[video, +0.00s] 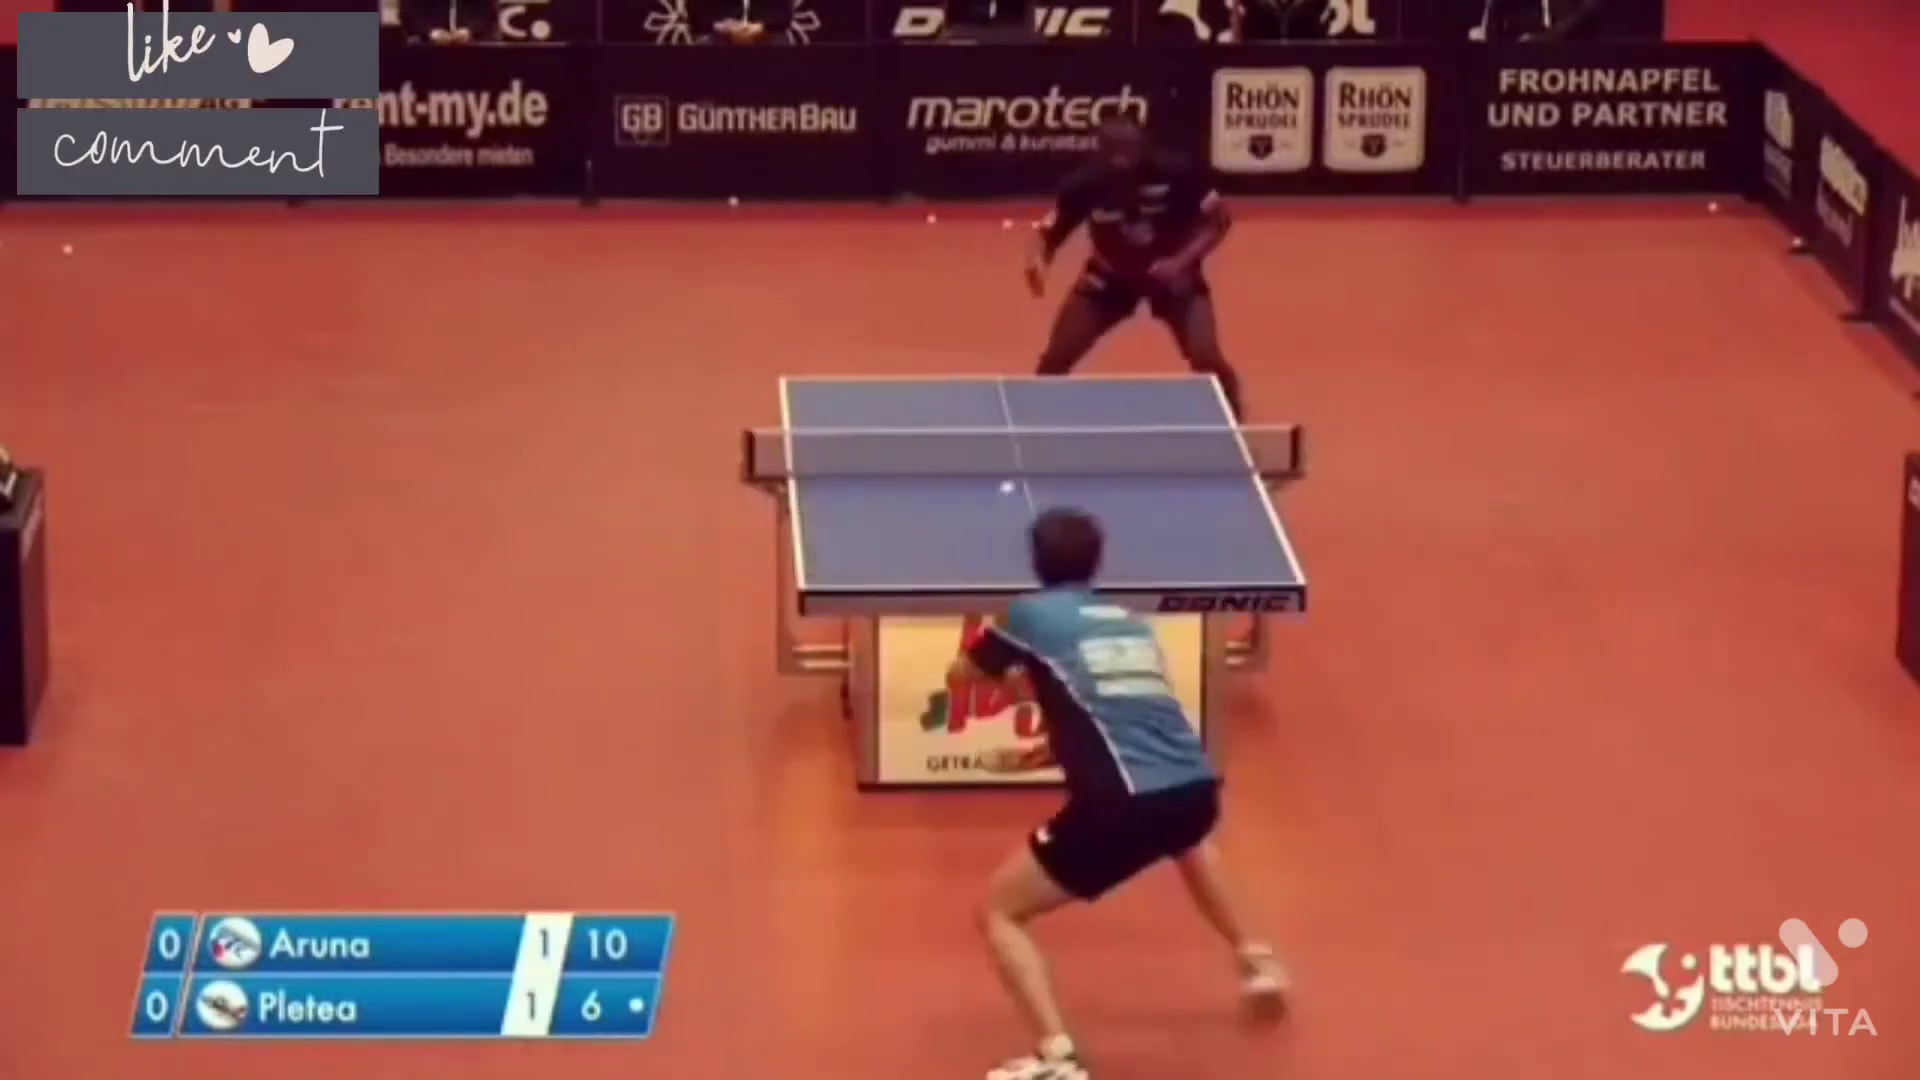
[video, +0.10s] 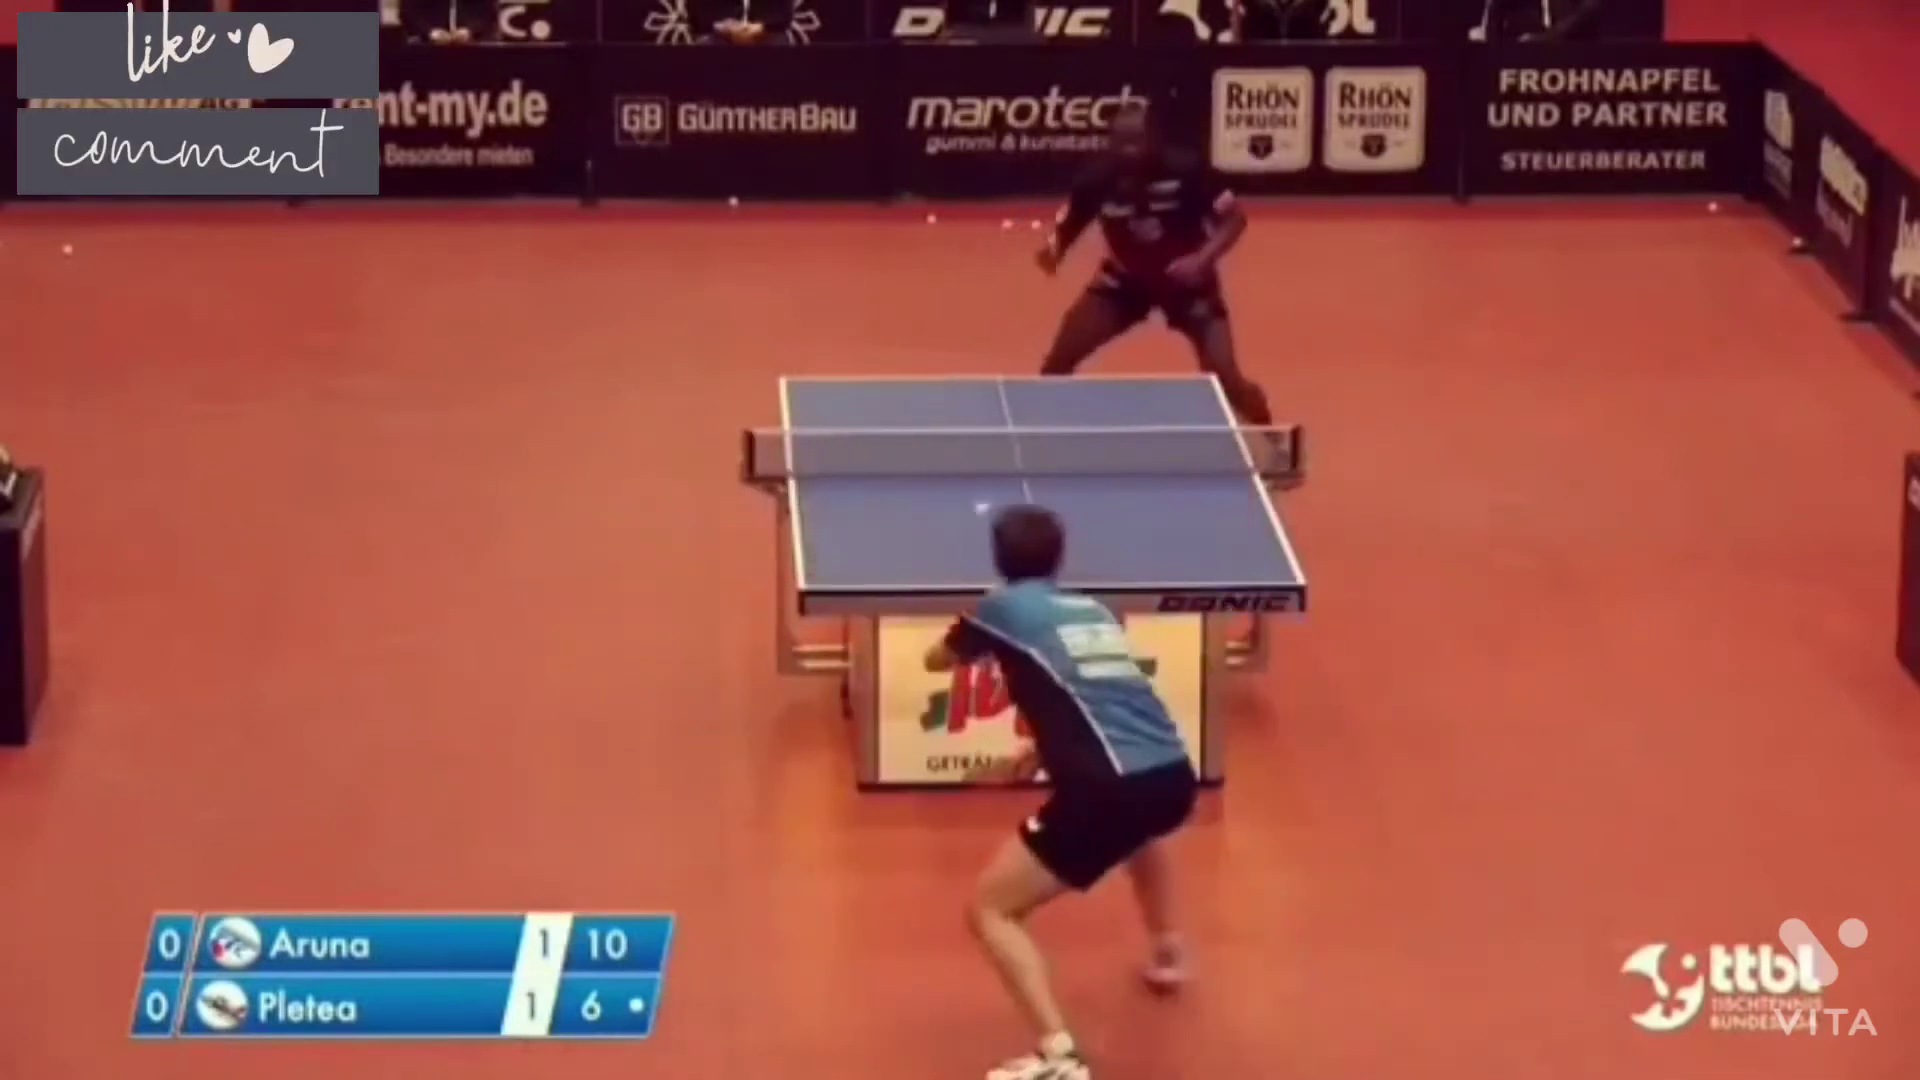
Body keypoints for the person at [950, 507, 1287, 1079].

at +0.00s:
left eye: (1038, 553)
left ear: (1037, 562)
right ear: (1096, 562)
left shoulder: (1030, 615)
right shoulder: (1128, 621)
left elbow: (963, 674)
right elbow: (1121, 718)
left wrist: (1000, 654)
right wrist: (1036, 752)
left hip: (1121, 808)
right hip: (1196, 797)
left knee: (998, 910)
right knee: (1189, 844)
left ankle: (1056, 1050)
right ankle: (1252, 955)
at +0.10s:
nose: (994, 563)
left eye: (997, 554)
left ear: (999, 560)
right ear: (1057, 558)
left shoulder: (1001, 610)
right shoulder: (1091, 607)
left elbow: (938, 659)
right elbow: (1086, 697)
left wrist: (978, 629)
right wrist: (1030, 756)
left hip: (1105, 795)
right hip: (1175, 780)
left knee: (990, 909)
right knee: (1137, 835)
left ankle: (1056, 1048)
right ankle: (1167, 948)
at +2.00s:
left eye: (926, 516)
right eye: (959, 518)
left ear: (908, 525)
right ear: (966, 531)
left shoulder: (865, 582)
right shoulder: (982, 610)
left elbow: (786, 619)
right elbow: (1019, 685)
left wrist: (834, 613)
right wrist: (975, 662)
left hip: (842, 771)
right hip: (929, 780)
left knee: (764, 833)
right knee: (1034, 851)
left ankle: (707, 961)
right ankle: (1085, 992)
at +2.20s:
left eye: (844, 495)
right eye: (879, 499)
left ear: (832, 509)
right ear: (888, 514)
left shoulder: (803, 566)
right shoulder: (920, 588)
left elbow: (746, 599)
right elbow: (915, 655)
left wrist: (788, 562)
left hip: (814, 762)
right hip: (900, 766)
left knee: (731, 826)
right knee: (999, 860)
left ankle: (692, 969)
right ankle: (1083, 985)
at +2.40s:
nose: (684, 437)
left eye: (686, 429)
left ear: (695, 437)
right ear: (752, 430)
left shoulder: (700, 492)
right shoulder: (781, 486)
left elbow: (639, 510)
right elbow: (789, 494)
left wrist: (661, 497)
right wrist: (805, 480)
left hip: (765, 688)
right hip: (842, 678)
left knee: (705, 818)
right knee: (901, 823)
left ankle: (688, 967)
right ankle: (964, 969)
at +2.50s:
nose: (649, 422)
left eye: (647, 412)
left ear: (650, 419)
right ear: (708, 405)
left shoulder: (663, 487)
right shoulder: (761, 454)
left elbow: (577, 543)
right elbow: (813, 449)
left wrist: (601, 508)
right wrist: (839, 407)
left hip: (731, 674)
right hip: (811, 661)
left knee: (668, 817)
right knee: (861, 815)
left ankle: (634, 970)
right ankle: (917, 954)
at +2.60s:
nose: (627, 439)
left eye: (627, 430)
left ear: (629, 442)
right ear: (686, 429)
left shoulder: (637, 512)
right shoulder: (734, 482)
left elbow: (582, 584)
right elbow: (814, 455)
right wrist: (852, 375)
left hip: (687, 705)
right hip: (765, 694)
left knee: (639, 845)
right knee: (828, 829)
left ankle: (627, 990)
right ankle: (898, 956)